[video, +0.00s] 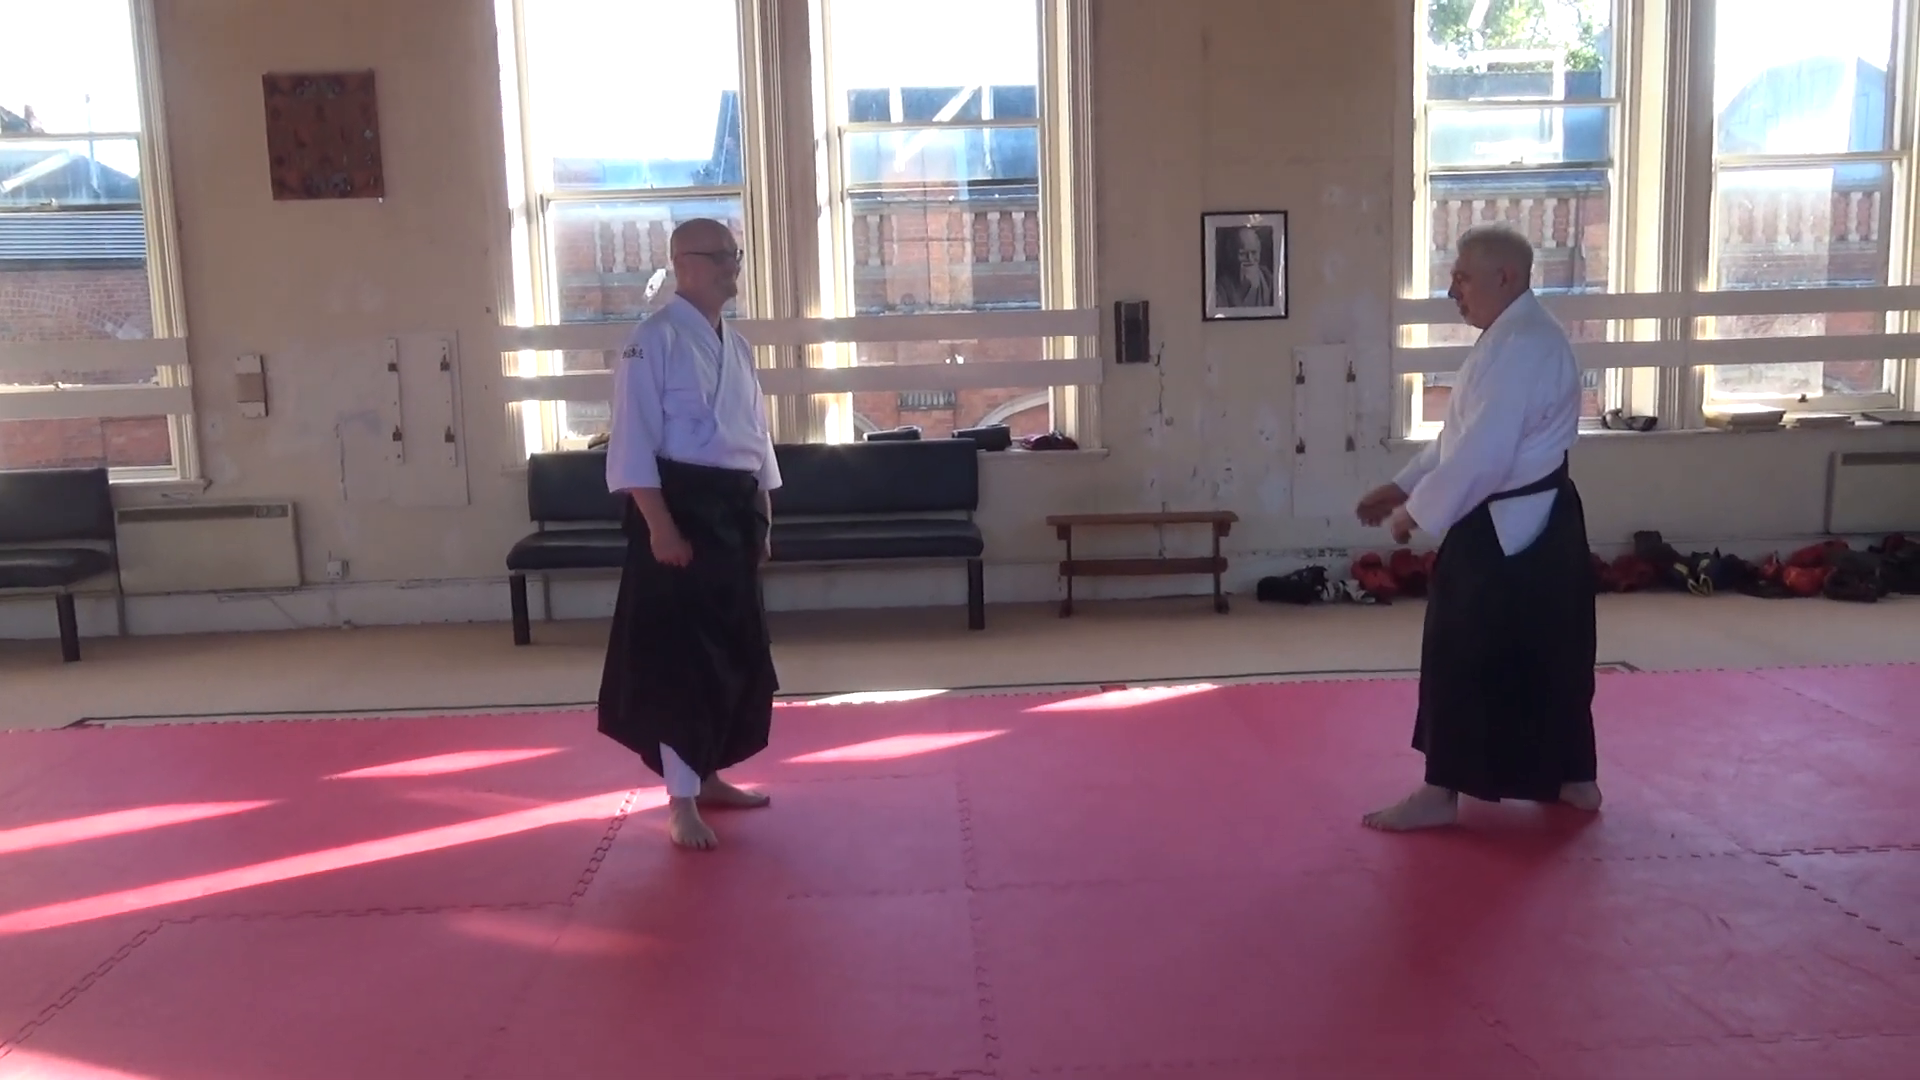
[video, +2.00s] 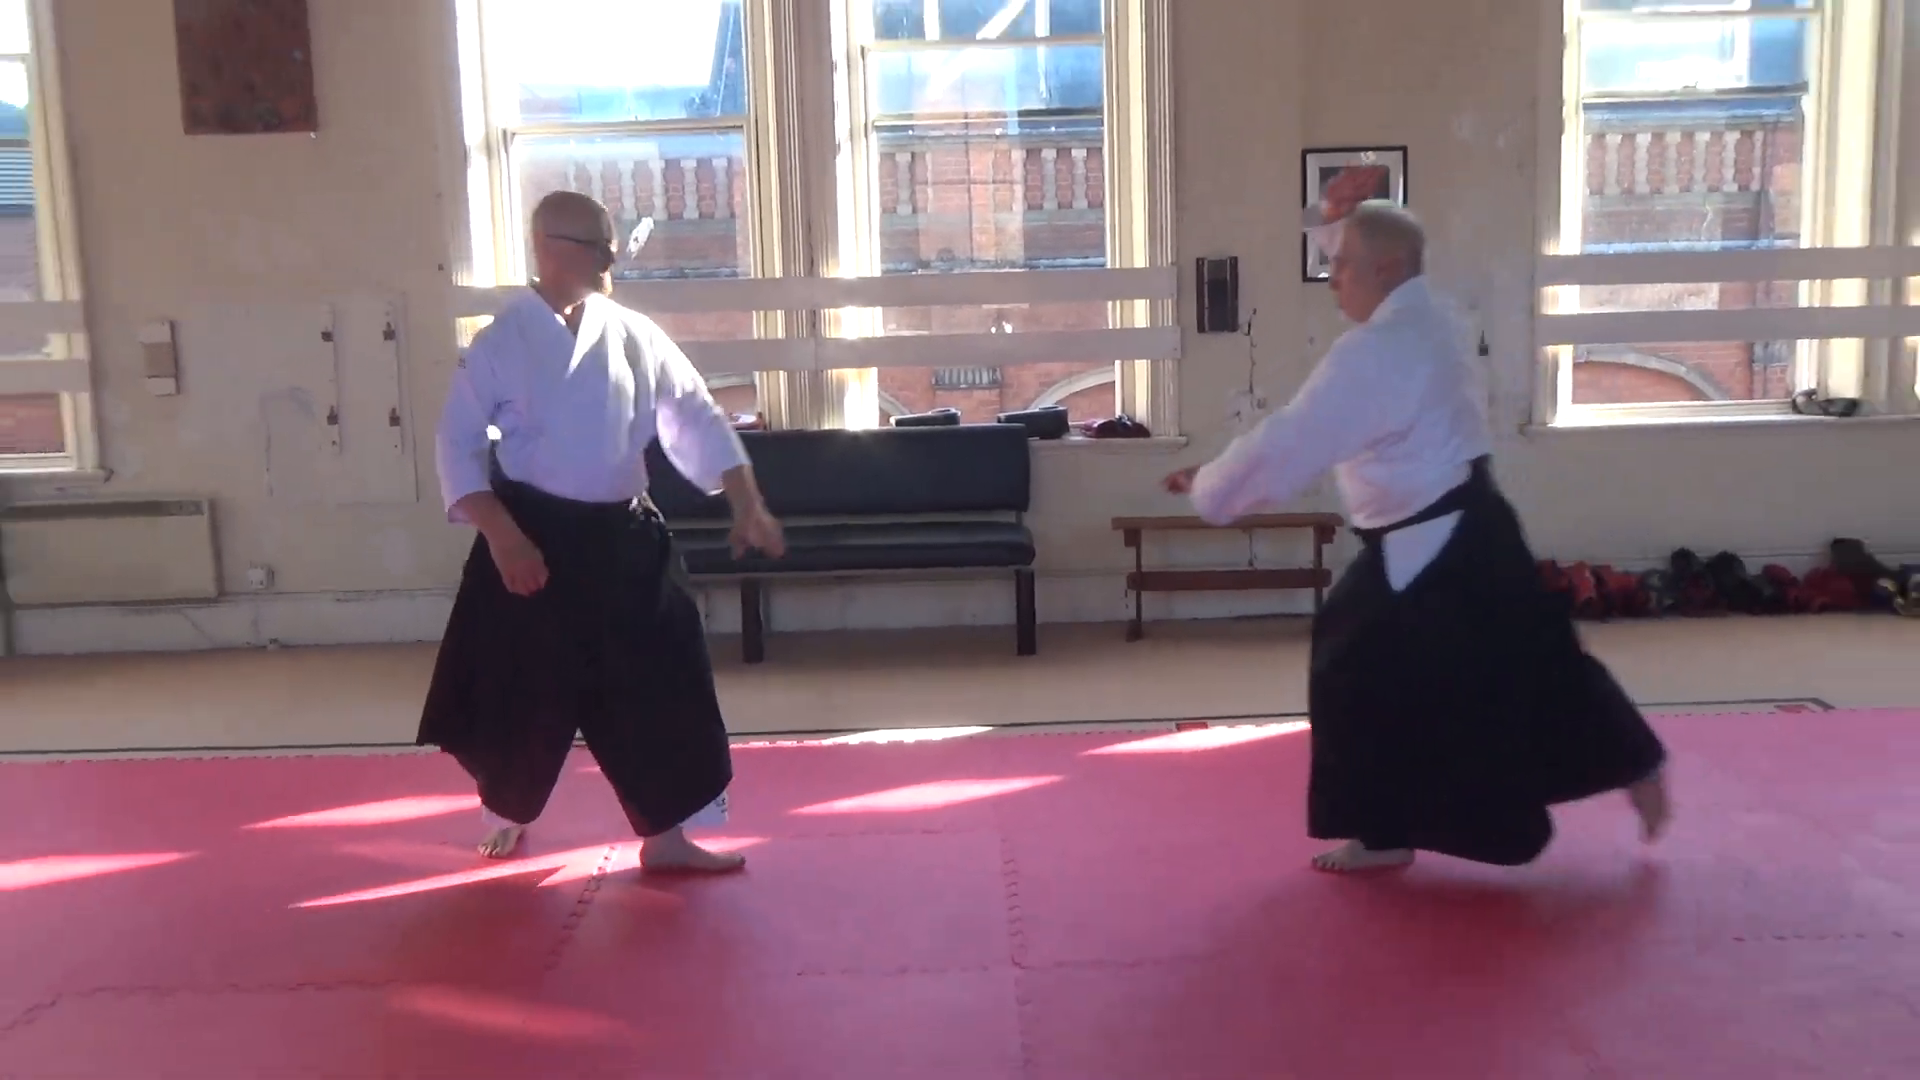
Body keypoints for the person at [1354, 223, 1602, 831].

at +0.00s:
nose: (1453, 288)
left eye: (1464, 277)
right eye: (1454, 277)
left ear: (1505, 277)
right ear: (1508, 279)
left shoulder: (1518, 345)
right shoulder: (1515, 335)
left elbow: (1481, 454)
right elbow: (1460, 438)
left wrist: (1415, 513)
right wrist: (1400, 486)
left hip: (1500, 523)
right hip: (1542, 514)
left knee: (1453, 654)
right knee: (1555, 649)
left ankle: (1438, 792)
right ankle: (1576, 779)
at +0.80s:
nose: (1542, 263)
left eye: (1553, 248)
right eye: (1541, 248)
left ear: (1602, 247)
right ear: (1602, 249)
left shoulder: (1623, 323)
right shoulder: (1599, 312)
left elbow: (1554, 440)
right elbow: (1527, 396)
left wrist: (1492, 485)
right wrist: (1447, 452)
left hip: (1603, 530)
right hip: (1636, 521)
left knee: (1542, 681)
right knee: (1657, 682)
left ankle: (1525, 850)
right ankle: (1686, 836)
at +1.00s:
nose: (1647, 215)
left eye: (1660, 199)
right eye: (1646, 199)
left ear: (1715, 197)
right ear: (1711, 199)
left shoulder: (1736, 287)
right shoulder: (1711, 273)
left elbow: (1648, 421)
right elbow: (1623, 366)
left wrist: (1582, 464)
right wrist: (1528, 427)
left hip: (1709, 526)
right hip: (1747, 516)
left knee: (1638, 703)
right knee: (1770, 704)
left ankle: (1615, 894)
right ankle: (1801, 879)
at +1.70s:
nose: (1583, 232)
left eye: (1595, 216)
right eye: (1583, 215)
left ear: (1646, 219)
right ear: (1656, 221)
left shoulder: (1645, 307)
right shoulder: (1697, 279)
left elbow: (1566, 423)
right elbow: (1581, 351)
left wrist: (1511, 478)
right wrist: (1486, 313)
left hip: (1661, 531)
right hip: (1727, 515)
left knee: (1548, 665)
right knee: (1767, 690)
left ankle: (1507, 856)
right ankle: (1830, 861)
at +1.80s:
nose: (1526, 242)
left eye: (1537, 226)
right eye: (1527, 225)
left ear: (1588, 231)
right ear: (1599, 229)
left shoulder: (1585, 317)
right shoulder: (1637, 286)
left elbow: (1504, 420)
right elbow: (1538, 324)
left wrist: (1423, 475)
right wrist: (1470, 259)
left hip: (1618, 534)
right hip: (1681, 516)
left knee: (1498, 666)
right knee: (1744, 691)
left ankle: (1446, 853)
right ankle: (1830, 855)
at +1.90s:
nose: (1441, 254)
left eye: (1455, 237)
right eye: (1440, 238)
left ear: (1505, 243)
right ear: (1512, 241)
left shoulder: (1489, 338)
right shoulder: (1552, 294)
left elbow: (1395, 430)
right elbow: (1465, 291)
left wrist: (1310, 472)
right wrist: (1422, 221)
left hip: (1536, 542)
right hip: (1599, 519)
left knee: (1429, 666)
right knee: (1681, 678)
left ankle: (1424, 853)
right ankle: (1791, 828)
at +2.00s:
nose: (1333, 279)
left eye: (1342, 267)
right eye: (1333, 266)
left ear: (1381, 270)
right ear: (1397, 270)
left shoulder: (1374, 351)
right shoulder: (1434, 315)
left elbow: (1293, 437)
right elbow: (1356, 271)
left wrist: (1210, 483)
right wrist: (1333, 221)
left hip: (1425, 542)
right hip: (1471, 522)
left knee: (1349, 671)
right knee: (1541, 658)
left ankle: (1382, 832)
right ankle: (1634, 761)